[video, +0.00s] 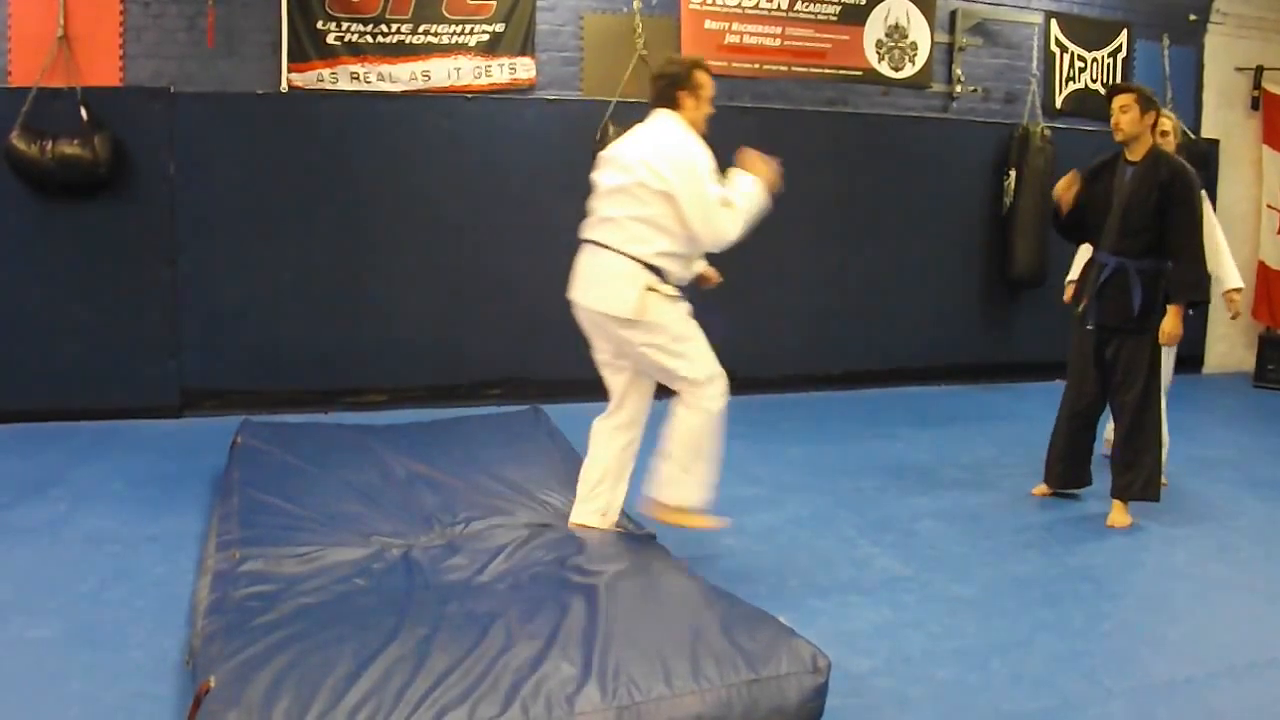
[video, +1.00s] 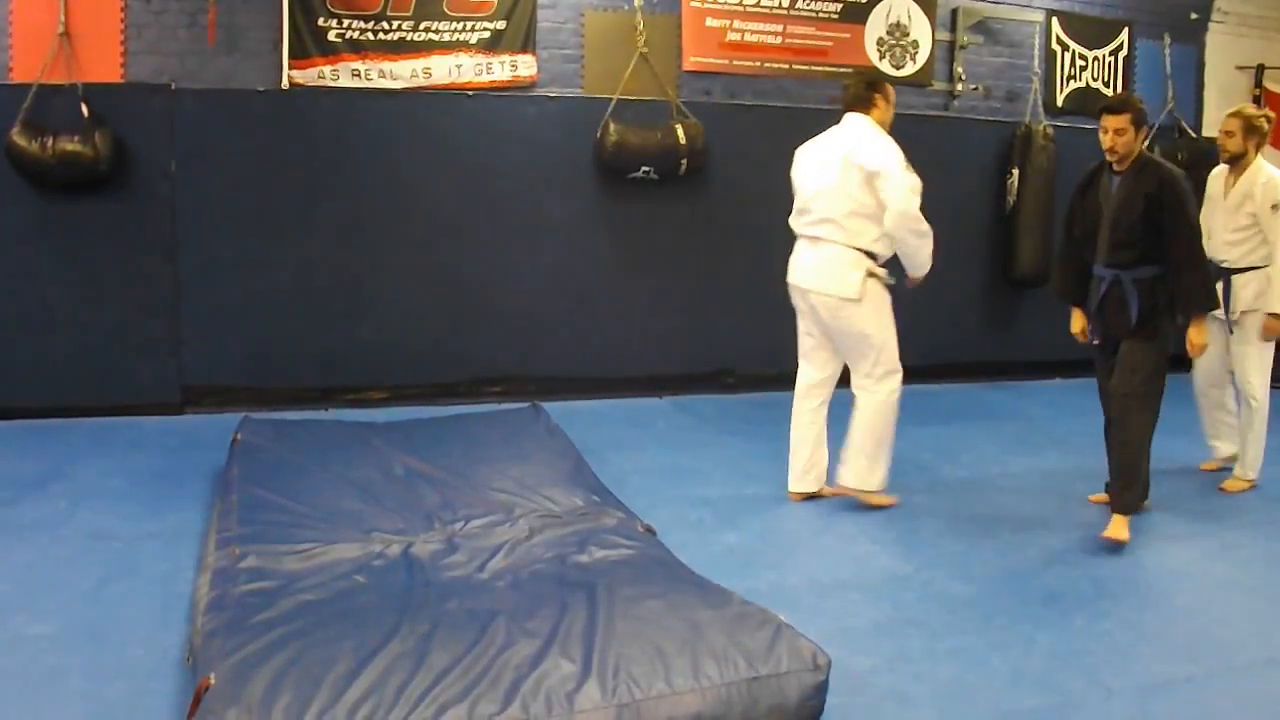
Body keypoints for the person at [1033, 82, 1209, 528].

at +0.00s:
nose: (1116, 119)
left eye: (1125, 111)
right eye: (1113, 113)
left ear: (1150, 117)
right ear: (1113, 121)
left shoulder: (1177, 176)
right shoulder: (1105, 171)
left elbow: (1187, 248)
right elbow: (1083, 233)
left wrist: (1176, 308)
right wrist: (1065, 205)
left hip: (1143, 298)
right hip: (1097, 291)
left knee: (1133, 401)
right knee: (1080, 391)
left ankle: (1122, 497)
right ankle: (1062, 477)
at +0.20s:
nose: (1121, 122)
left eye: (1129, 114)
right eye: (1118, 115)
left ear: (1156, 118)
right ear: (1120, 121)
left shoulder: (1184, 177)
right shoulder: (1113, 170)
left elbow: (1192, 250)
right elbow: (1088, 232)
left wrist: (1176, 309)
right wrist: (1068, 221)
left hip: (1147, 300)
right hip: (1101, 295)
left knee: (1135, 400)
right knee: (1088, 392)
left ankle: (1121, 496)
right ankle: (1076, 479)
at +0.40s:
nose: (1124, 123)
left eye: (1132, 115)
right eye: (1121, 116)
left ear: (1159, 118)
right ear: (1123, 122)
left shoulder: (1185, 179)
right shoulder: (1115, 171)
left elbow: (1190, 250)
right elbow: (1092, 229)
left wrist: (1171, 309)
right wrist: (1070, 222)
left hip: (1149, 300)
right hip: (1107, 294)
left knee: (1136, 398)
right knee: (1100, 394)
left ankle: (1123, 496)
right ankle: (1105, 483)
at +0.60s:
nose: (1121, 128)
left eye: (1130, 120)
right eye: (1117, 121)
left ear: (1154, 124)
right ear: (1116, 126)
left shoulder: (1181, 179)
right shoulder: (1111, 175)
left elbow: (1189, 252)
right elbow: (1087, 242)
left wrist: (1173, 310)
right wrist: (1073, 224)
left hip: (1156, 301)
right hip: (1117, 296)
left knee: (1136, 394)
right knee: (1111, 392)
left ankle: (1127, 497)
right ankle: (1113, 484)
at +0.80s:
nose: (1118, 133)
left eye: (1127, 125)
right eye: (1113, 125)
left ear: (1149, 126)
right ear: (1110, 127)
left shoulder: (1175, 174)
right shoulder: (1109, 173)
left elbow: (1189, 244)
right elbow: (1083, 226)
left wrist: (1187, 308)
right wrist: (1062, 276)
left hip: (1159, 298)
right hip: (1118, 295)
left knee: (1133, 388)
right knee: (1119, 388)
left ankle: (1130, 494)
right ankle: (1115, 482)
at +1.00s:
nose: (1111, 141)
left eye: (1120, 132)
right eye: (1105, 133)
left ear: (1142, 133)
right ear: (1099, 134)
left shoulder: (1165, 180)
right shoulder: (1093, 179)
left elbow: (1188, 251)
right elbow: (1075, 245)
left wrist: (1197, 318)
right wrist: (1077, 304)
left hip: (1151, 302)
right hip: (1103, 301)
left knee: (1131, 396)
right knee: (1112, 396)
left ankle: (1124, 505)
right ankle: (1124, 484)